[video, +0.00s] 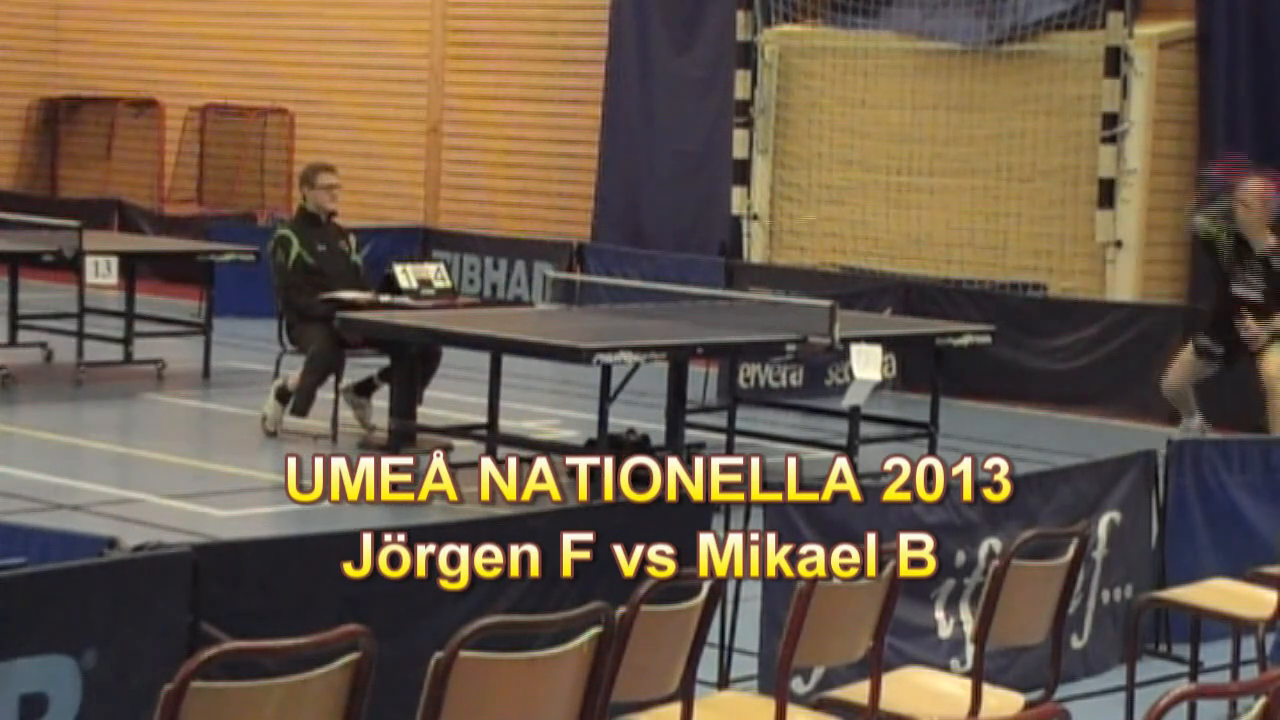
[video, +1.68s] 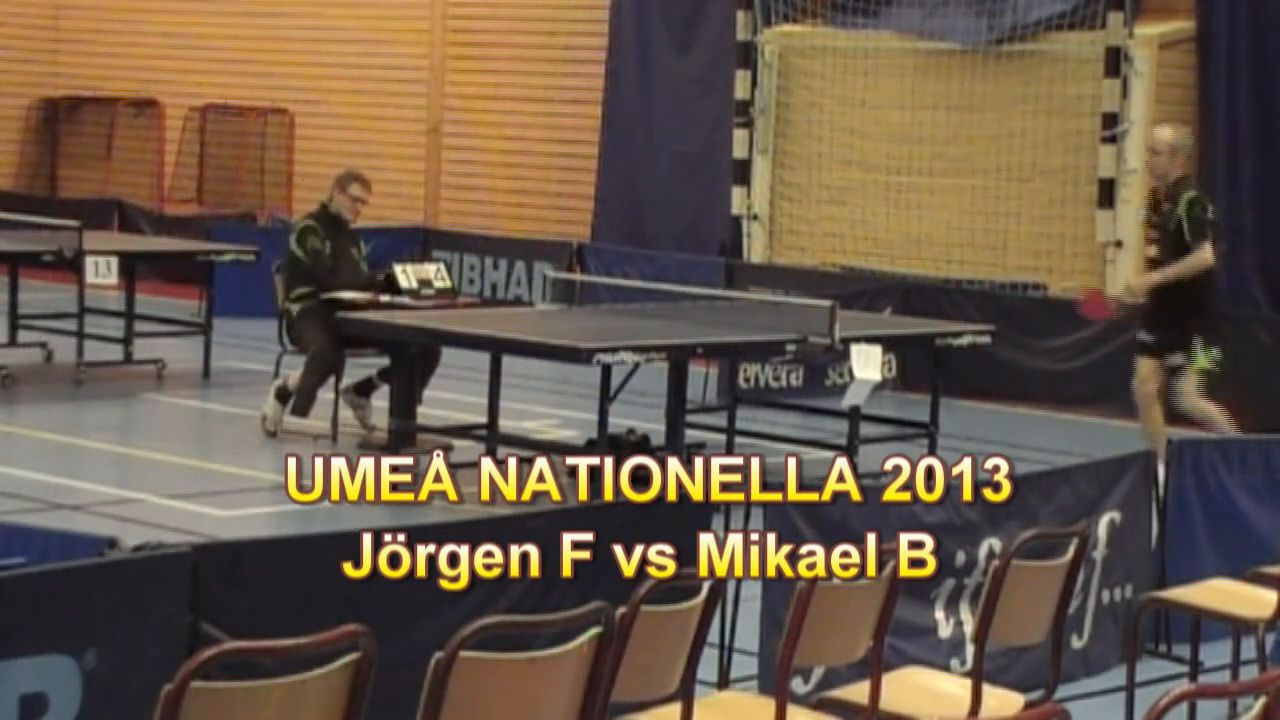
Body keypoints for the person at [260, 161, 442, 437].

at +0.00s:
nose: (335, 194)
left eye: (337, 188)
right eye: (327, 188)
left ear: (340, 191)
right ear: (306, 192)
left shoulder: (343, 235)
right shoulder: (289, 237)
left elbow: (357, 282)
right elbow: (293, 297)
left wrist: (369, 301)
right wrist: (340, 307)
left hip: (352, 318)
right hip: (310, 319)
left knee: (425, 351)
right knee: (328, 353)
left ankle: (362, 391)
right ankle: (284, 392)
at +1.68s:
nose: (358, 209)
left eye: (363, 203)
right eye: (354, 200)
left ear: (365, 204)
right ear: (336, 194)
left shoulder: (352, 237)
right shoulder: (309, 229)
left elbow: (360, 281)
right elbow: (327, 278)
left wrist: (394, 281)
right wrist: (373, 283)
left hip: (350, 313)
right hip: (310, 312)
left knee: (425, 351)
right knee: (328, 355)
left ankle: (361, 391)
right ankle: (283, 392)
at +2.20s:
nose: (363, 208)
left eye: (367, 202)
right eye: (358, 199)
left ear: (370, 204)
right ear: (340, 195)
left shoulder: (355, 238)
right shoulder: (313, 229)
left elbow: (365, 281)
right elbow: (334, 276)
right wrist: (371, 286)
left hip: (350, 318)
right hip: (310, 316)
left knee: (419, 350)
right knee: (328, 349)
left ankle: (362, 391)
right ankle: (299, 395)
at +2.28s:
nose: (302, 196)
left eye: (309, 189)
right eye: (296, 188)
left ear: (317, 192)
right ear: (284, 190)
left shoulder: (321, 234)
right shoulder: (264, 236)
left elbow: (345, 278)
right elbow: (257, 296)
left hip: (329, 323)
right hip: (281, 324)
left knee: (409, 355)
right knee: (306, 356)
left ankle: (343, 402)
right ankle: (275, 403)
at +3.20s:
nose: (318, 200)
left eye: (324, 193)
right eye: (311, 193)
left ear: (332, 197)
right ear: (299, 195)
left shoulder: (340, 241)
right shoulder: (283, 237)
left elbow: (357, 290)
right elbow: (275, 300)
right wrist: (320, 315)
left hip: (340, 324)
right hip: (298, 324)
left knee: (417, 358)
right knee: (313, 359)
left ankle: (354, 401)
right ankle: (272, 423)